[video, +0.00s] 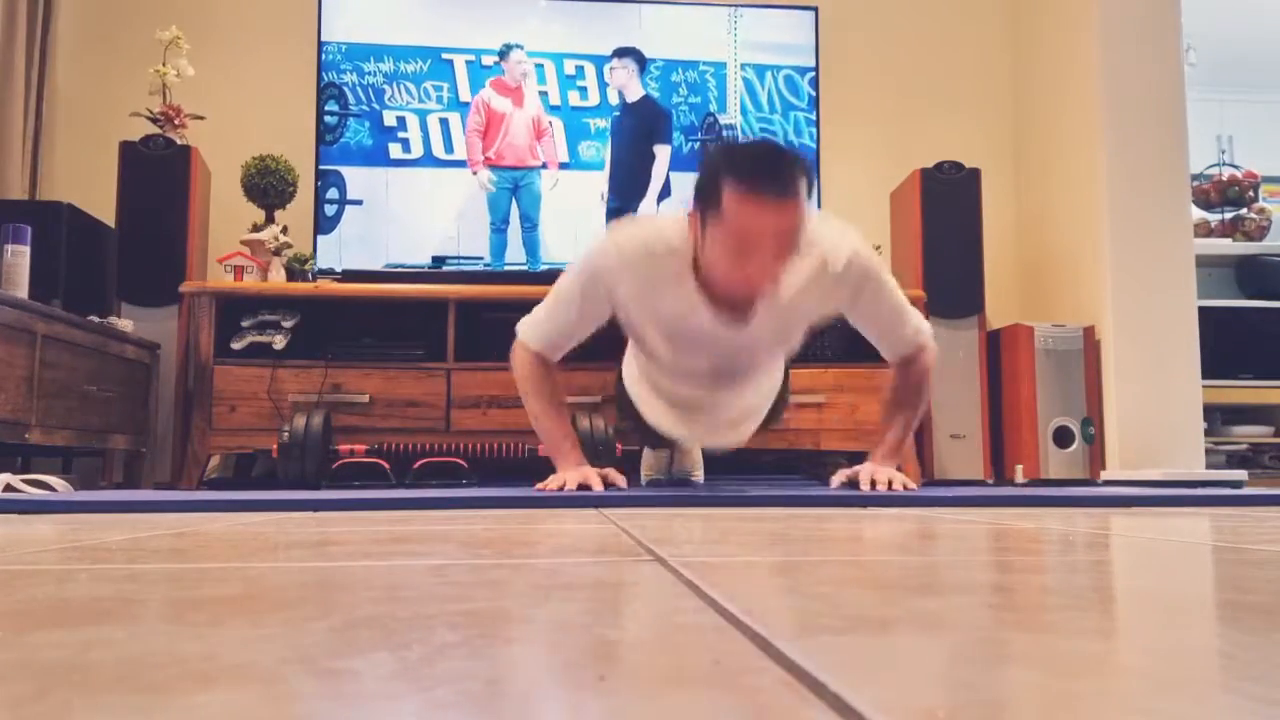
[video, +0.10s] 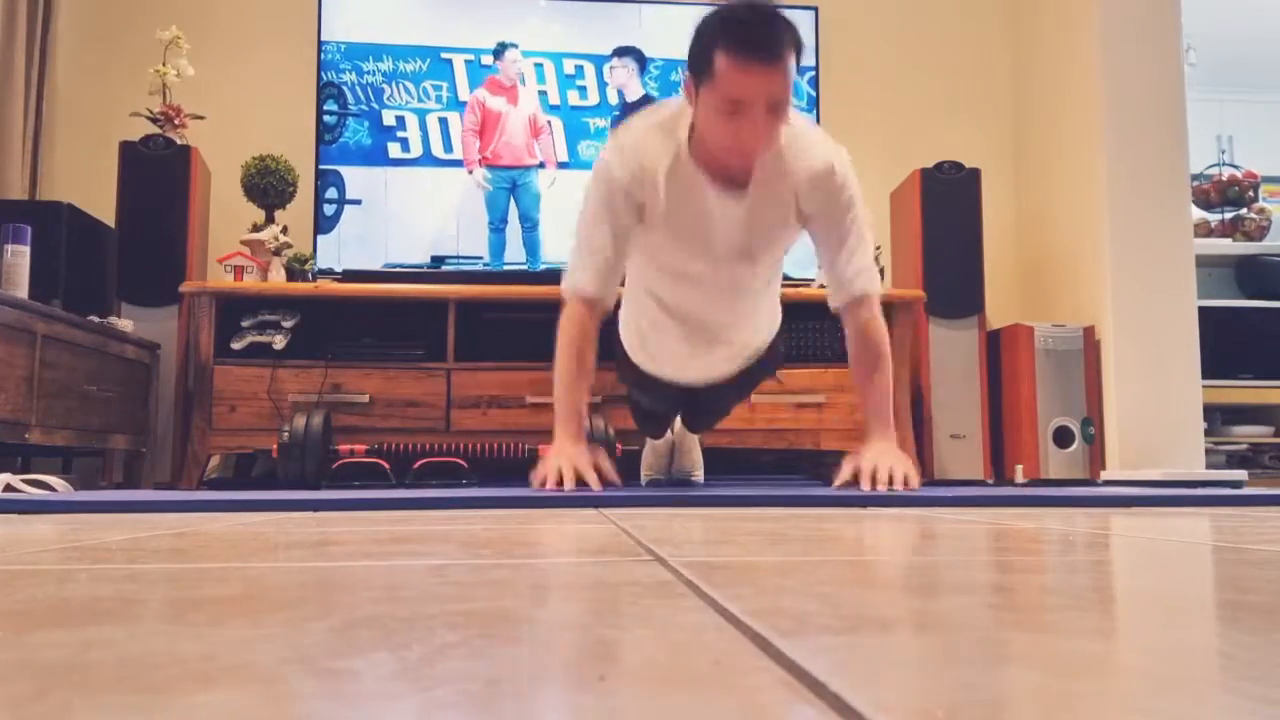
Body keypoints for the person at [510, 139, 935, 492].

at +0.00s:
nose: (758, 271)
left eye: (777, 251)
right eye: (741, 248)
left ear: (797, 234)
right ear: (698, 226)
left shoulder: (837, 258)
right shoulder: (627, 255)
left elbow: (916, 352)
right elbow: (529, 349)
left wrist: (886, 456)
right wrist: (569, 462)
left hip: (749, 408)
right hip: (651, 402)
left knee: (717, 439)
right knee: (655, 434)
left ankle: (691, 449)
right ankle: (664, 452)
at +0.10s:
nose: (754, 134)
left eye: (774, 110)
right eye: (733, 109)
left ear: (790, 100)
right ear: (691, 92)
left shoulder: (817, 165)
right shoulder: (634, 155)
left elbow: (860, 304)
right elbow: (583, 299)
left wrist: (882, 440)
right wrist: (567, 438)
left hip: (747, 334)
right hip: (651, 326)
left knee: (705, 412)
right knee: (653, 411)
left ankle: (687, 436)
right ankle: (659, 439)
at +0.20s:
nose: (756, 105)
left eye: (774, 80)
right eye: (734, 81)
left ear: (790, 69)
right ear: (692, 68)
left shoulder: (817, 148)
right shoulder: (632, 136)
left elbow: (881, 278)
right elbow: (561, 274)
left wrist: (896, 399)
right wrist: (543, 401)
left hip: (746, 329)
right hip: (653, 326)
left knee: (704, 406)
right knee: (654, 405)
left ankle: (685, 435)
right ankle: (656, 438)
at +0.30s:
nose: (759, 155)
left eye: (778, 132)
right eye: (739, 131)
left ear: (796, 118)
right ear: (698, 113)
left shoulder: (818, 176)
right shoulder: (636, 169)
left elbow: (905, 315)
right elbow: (529, 307)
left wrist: (957, 446)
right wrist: (472, 442)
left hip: (746, 346)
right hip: (651, 343)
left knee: (700, 414)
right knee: (652, 416)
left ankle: (680, 438)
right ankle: (664, 443)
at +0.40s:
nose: (768, 355)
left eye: (786, 335)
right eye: (750, 333)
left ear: (814, 309)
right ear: (708, 304)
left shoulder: (848, 302)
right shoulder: (634, 296)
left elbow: (952, 344)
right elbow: (492, 334)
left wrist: (969, 460)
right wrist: (469, 462)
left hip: (744, 422)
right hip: (642, 418)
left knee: (717, 449)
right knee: (645, 445)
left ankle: (699, 460)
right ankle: (656, 464)